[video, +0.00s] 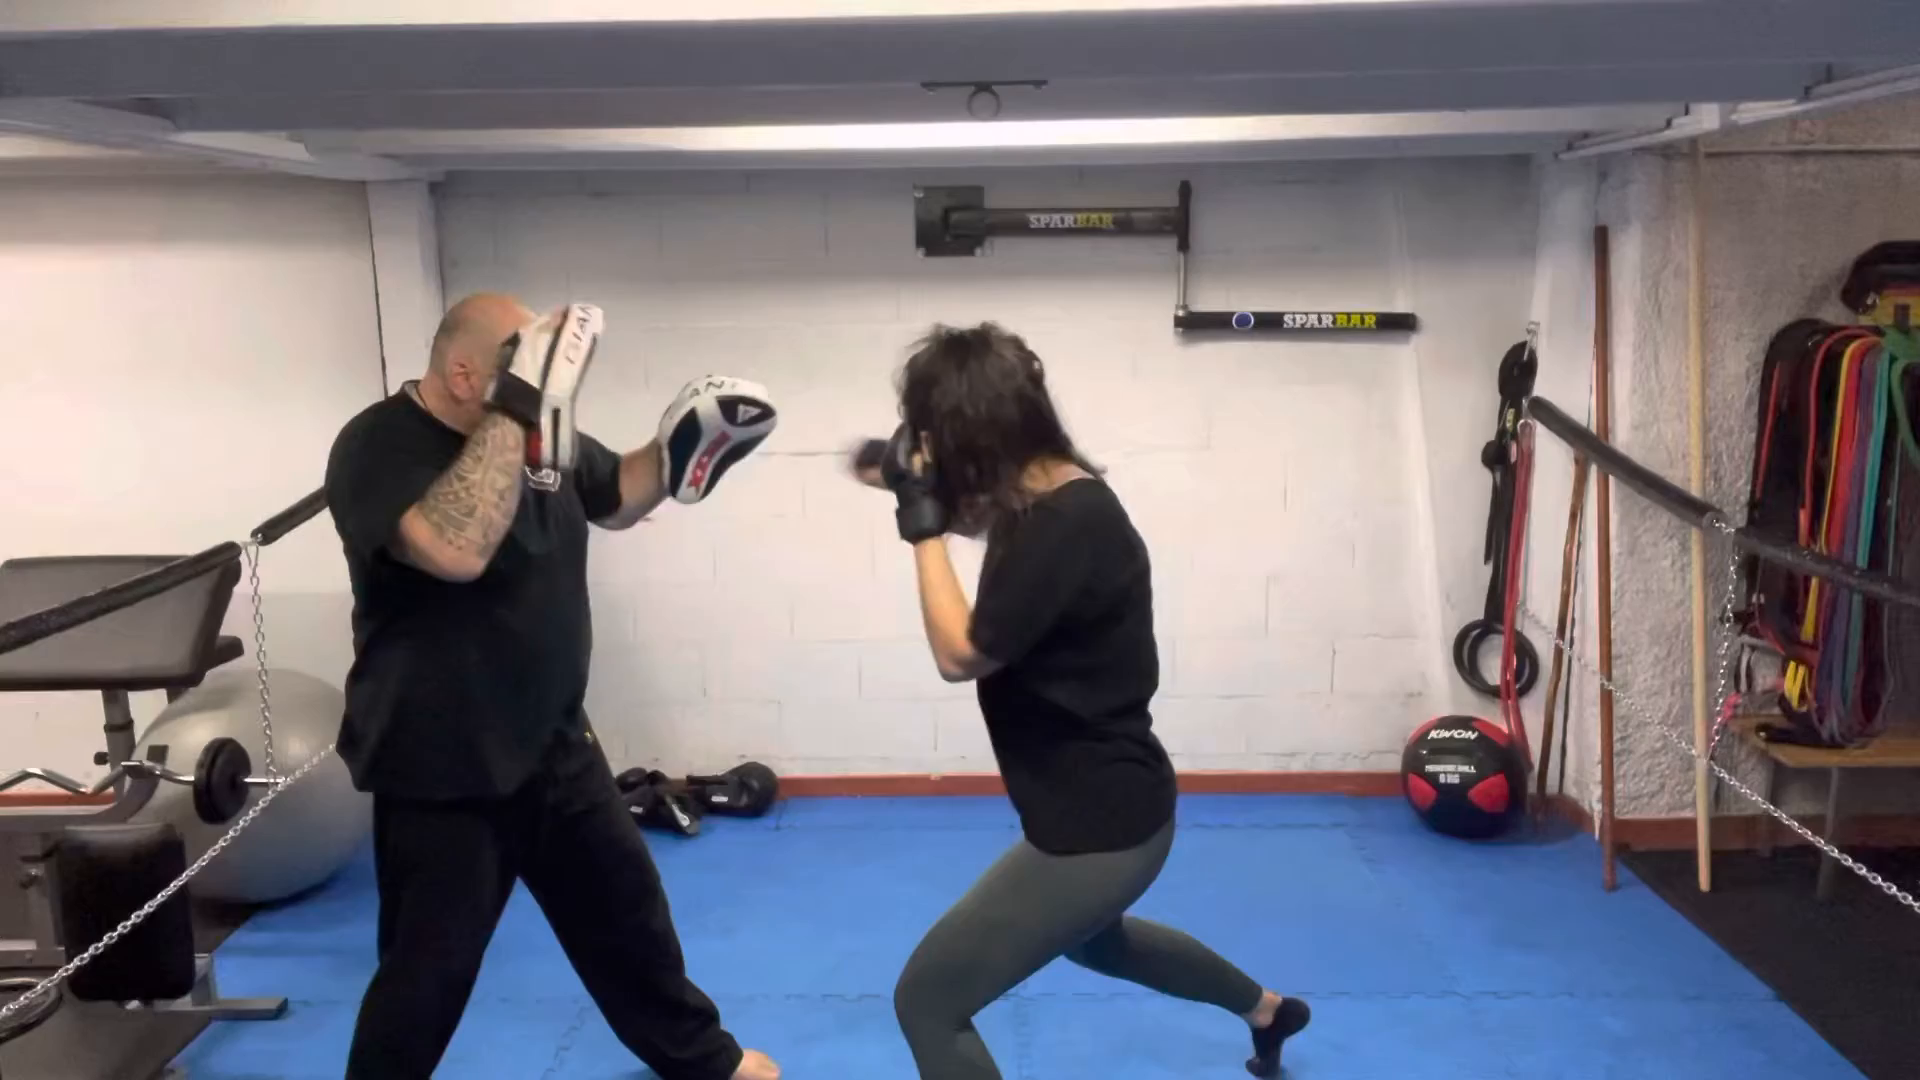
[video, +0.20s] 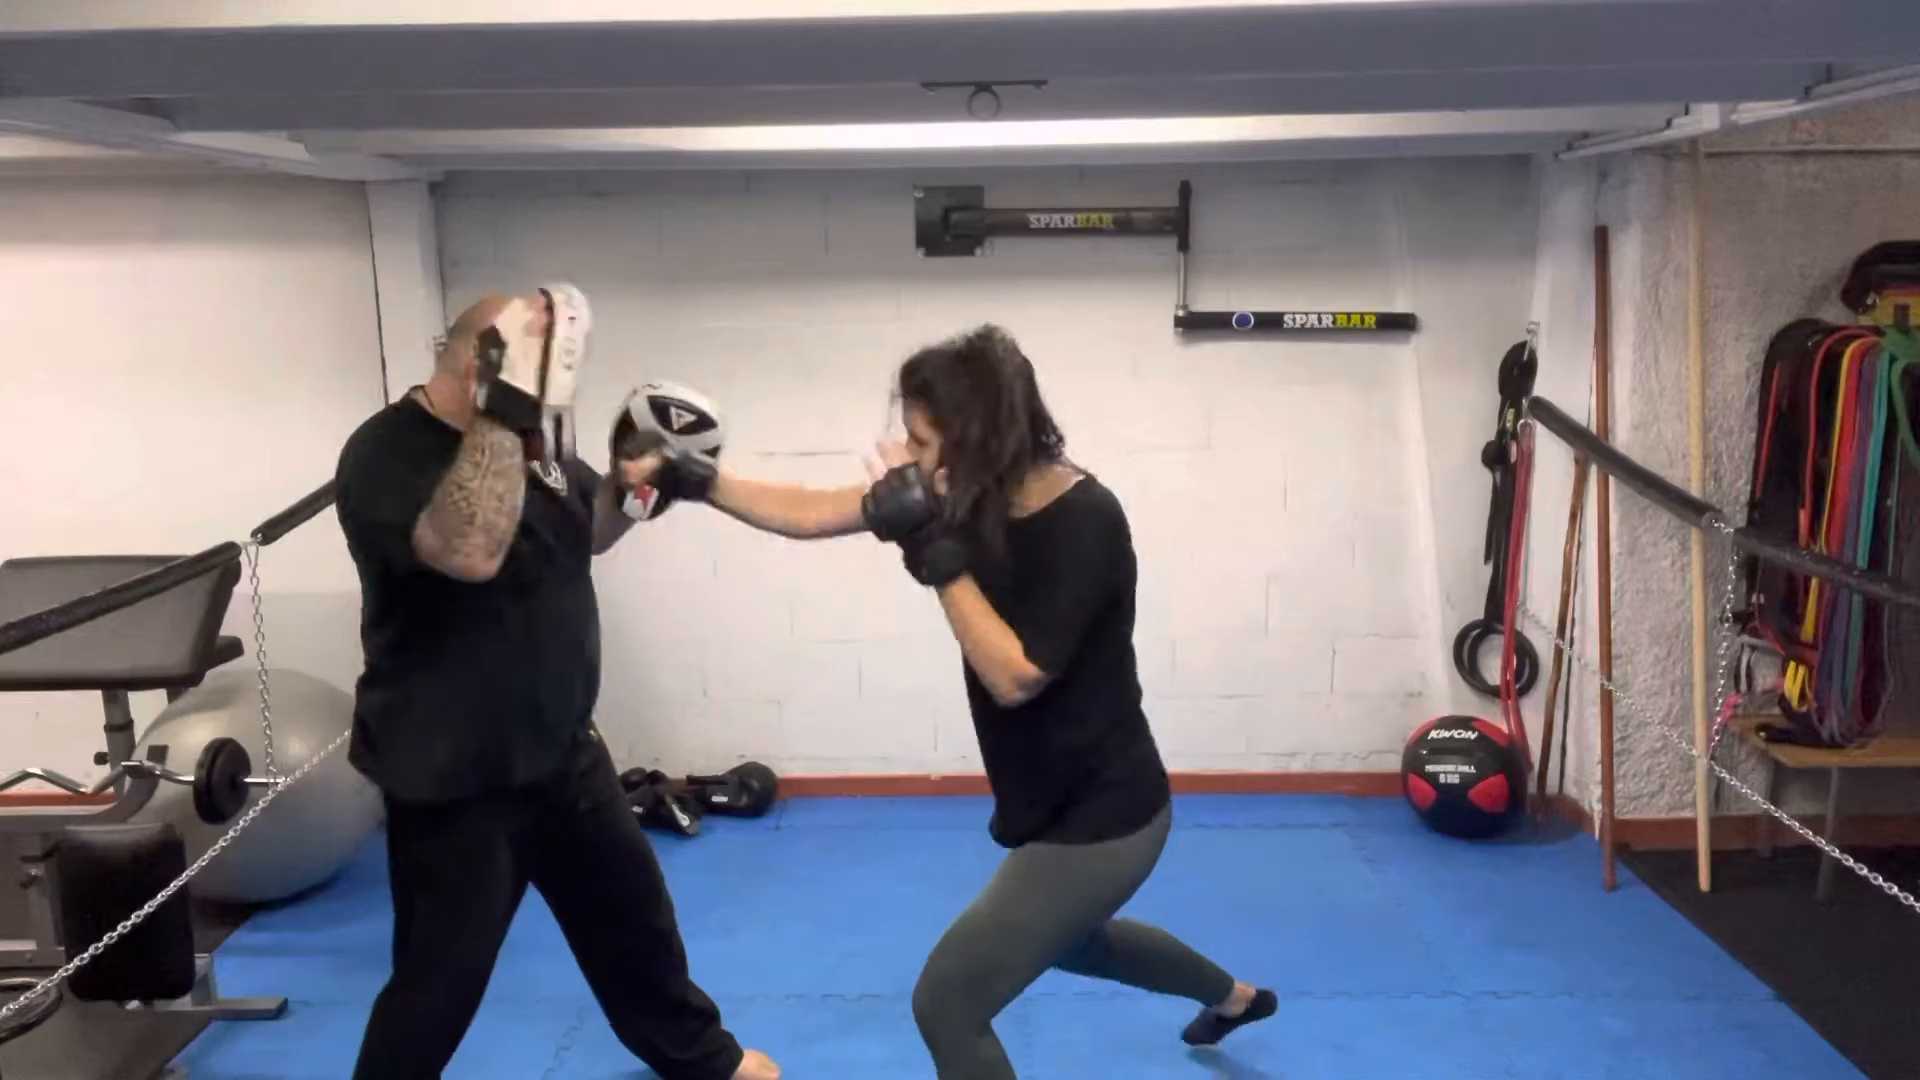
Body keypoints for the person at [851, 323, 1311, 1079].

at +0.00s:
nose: (921, 452)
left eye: (925, 436)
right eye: (917, 437)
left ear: (968, 439)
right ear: (1017, 417)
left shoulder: (1059, 528)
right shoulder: (1063, 492)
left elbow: (957, 656)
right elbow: (984, 501)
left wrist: (924, 521)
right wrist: (906, 472)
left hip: (1096, 838)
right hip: (1114, 814)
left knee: (926, 1004)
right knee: (1095, 939)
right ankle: (1265, 1008)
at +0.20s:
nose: (907, 452)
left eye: (920, 436)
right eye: (908, 434)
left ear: (978, 433)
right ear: (969, 434)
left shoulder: (1084, 520)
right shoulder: (971, 495)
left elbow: (1014, 675)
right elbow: (819, 511)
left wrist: (936, 555)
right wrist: (693, 477)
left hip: (1105, 820)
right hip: (1043, 810)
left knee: (947, 1003)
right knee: (1083, 944)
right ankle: (1232, 994)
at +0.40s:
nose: (954, 428)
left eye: (961, 410)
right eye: (953, 409)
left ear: (1002, 415)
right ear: (1035, 404)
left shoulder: (1098, 504)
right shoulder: (1041, 490)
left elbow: (1034, 657)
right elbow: (1004, 605)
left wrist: (926, 551)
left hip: (1123, 801)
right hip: (1075, 790)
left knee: (967, 983)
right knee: (1084, 915)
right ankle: (1208, 1028)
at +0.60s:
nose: (980, 427)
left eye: (992, 411)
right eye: (981, 408)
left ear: (1039, 413)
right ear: (1060, 403)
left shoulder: (1125, 488)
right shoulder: (1099, 473)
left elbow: (1075, 637)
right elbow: (1066, 598)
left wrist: (973, 544)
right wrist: (1003, 515)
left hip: (1159, 785)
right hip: (1130, 771)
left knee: (1030, 967)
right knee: (1110, 902)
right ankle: (1216, 1030)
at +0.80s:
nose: (1015, 462)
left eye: (1024, 446)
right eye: (1010, 445)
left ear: (1069, 434)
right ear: (1084, 424)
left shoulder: (1141, 478)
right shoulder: (1105, 471)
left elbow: (1010, 558)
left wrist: (963, 458)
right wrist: (965, 451)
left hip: (1184, 792)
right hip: (1131, 767)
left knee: (1100, 1014)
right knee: (1070, 863)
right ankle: (1203, 987)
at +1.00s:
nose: (1030, 451)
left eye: (1040, 439)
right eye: (1027, 436)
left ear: (1075, 434)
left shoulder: (1135, 472)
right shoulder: (1099, 461)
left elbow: (1019, 547)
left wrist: (996, 434)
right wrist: (1000, 429)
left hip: (1194, 756)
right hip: (1133, 737)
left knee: (1150, 985)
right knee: (1055, 862)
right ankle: (1143, 982)